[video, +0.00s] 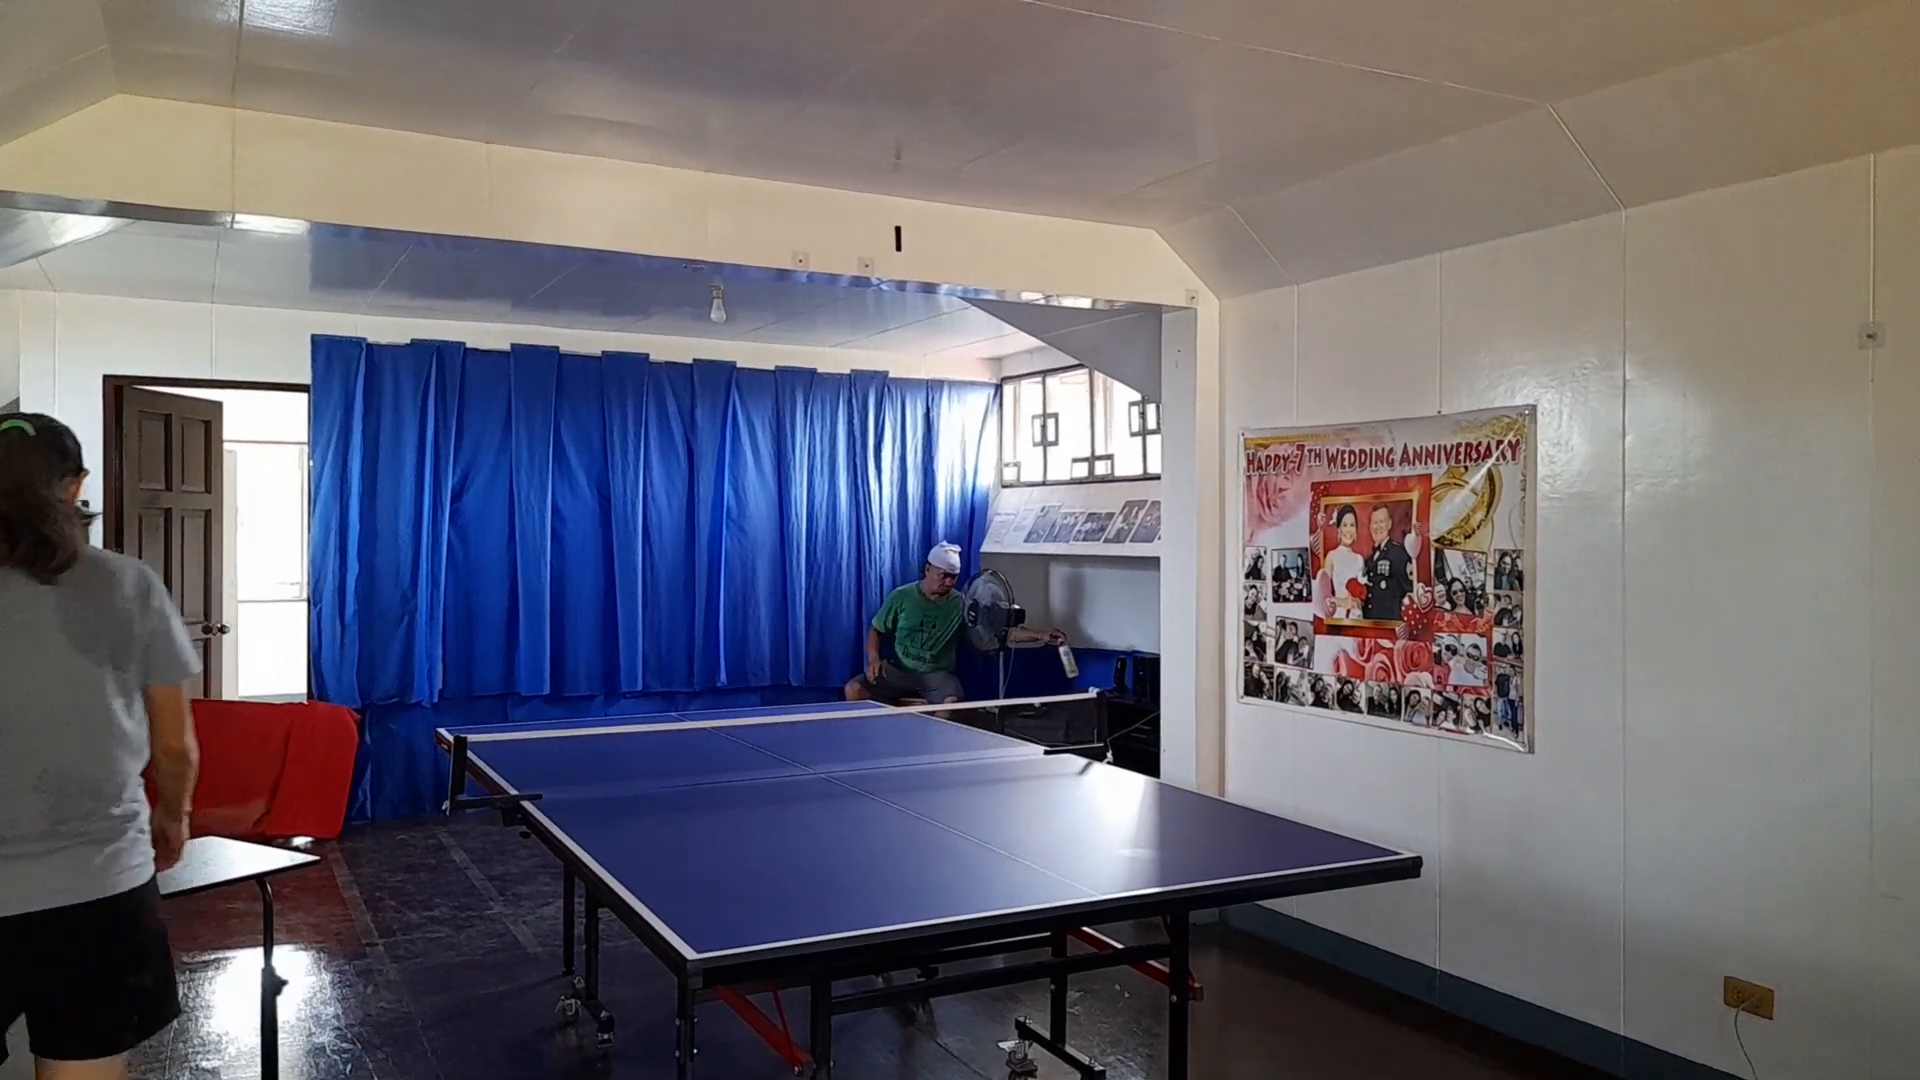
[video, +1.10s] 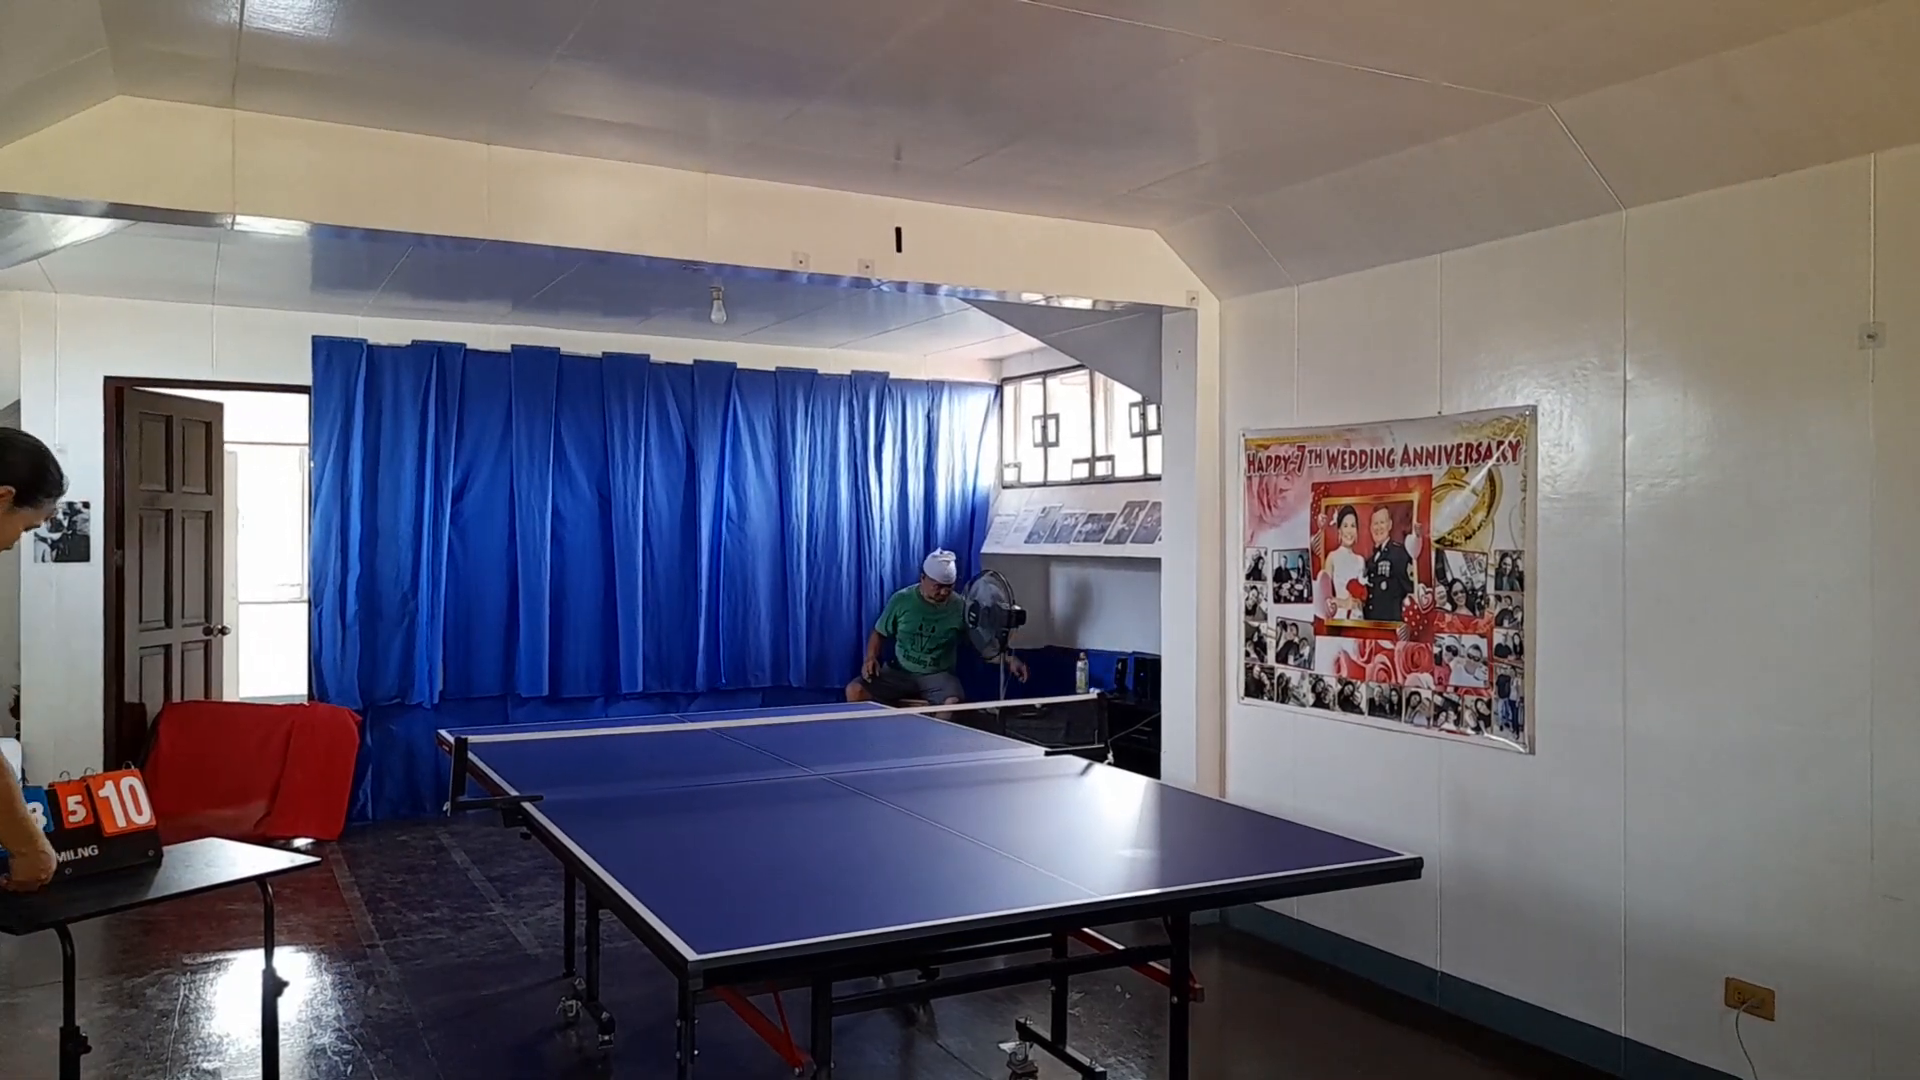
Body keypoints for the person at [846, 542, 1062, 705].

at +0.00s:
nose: (949, 583)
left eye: (954, 578)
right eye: (944, 577)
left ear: (958, 577)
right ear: (927, 571)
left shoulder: (960, 604)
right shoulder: (901, 596)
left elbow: (996, 633)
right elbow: (875, 631)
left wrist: (1039, 637)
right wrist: (874, 659)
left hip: (937, 676)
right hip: (900, 672)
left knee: (951, 704)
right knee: (853, 689)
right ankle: (876, 740)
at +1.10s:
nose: (942, 592)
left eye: (948, 587)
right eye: (937, 586)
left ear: (954, 583)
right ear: (922, 577)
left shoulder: (960, 607)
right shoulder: (901, 600)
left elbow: (984, 644)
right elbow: (879, 632)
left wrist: (1009, 660)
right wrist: (871, 656)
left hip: (937, 677)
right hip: (899, 673)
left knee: (952, 704)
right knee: (854, 691)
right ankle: (869, 747)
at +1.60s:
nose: (921, 586)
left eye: (925, 579)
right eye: (915, 580)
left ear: (930, 575)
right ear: (898, 574)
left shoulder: (942, 599)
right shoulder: (882, 605)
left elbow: (959, 638)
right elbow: (866, 648)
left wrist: (969, 675)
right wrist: (871, 665)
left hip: (934, 673)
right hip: (897, 674)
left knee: (949, 698)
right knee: (852, 689)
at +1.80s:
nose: (910, 583)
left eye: (913, 576)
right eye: (903, 578)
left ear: (918, 573)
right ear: (887, 574)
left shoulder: (931, 597)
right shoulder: (872, 608)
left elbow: (951, 636)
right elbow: (864, 652)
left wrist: (960, 679)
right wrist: (874, 677)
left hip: (930, 671)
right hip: (890, 673)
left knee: (946, 697)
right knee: (849, 690)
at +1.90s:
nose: (905, 585)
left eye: (908, 579)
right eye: (898, 580)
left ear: (913, 576)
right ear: (883, 578)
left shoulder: (929, 598)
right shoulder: (870, 610)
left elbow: (949, 637)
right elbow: (862, 654)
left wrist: (960, 678)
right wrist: (873, 679)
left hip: (929, 671)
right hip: (890, 674)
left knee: (941, 700)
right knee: (849, 691)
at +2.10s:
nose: (891, 588)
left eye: (894, 581)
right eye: (884, 585)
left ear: (901, 573)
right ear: (873, 584)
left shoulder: (923, 598)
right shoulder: (864, 612)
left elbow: (948, 639)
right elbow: (857, 655)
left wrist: (964, 681)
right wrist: (871, 676)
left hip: (927, 670)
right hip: (887, 673)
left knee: (940, 698)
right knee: (848, 690)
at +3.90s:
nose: (789, 491)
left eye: (799, 487)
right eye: (789, 485)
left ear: (816, 497)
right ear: (785, 489)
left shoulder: (826, 538)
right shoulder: (775, 535)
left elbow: (849, 588)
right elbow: (761, 584)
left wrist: (837, 634)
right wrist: (737, 577)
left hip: (811, 631)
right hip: (780, 631)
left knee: (787, 706)